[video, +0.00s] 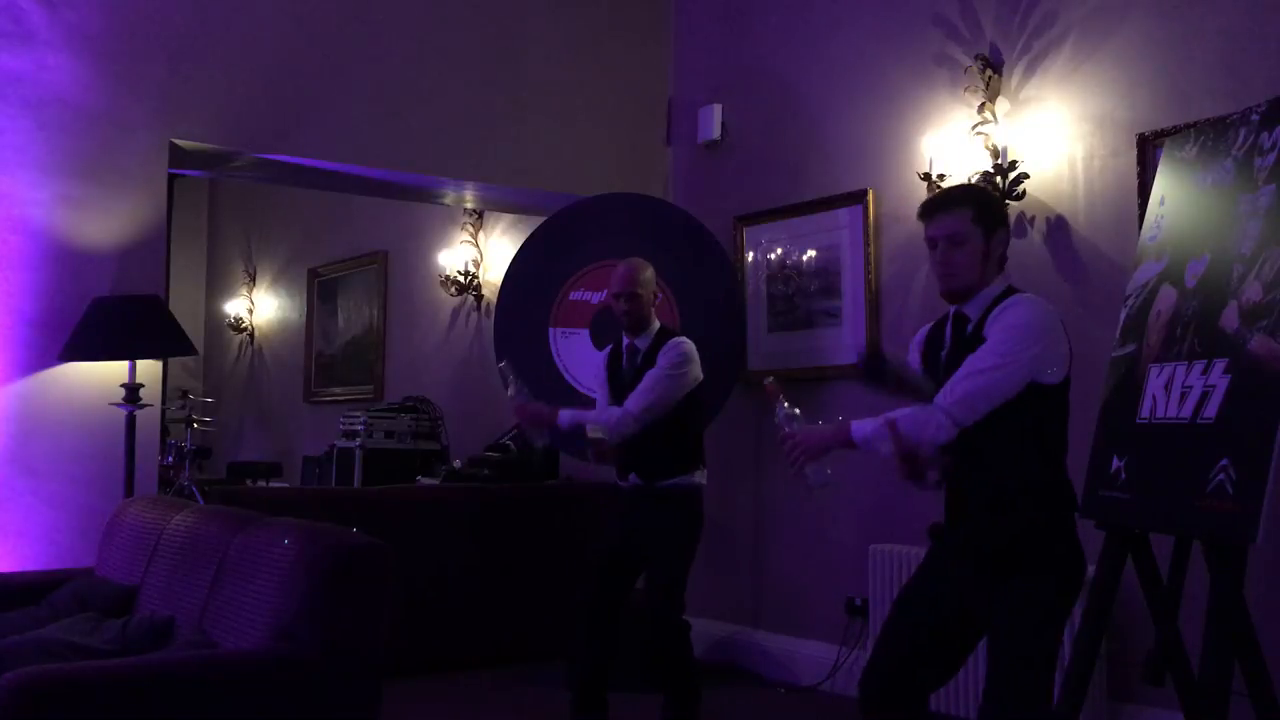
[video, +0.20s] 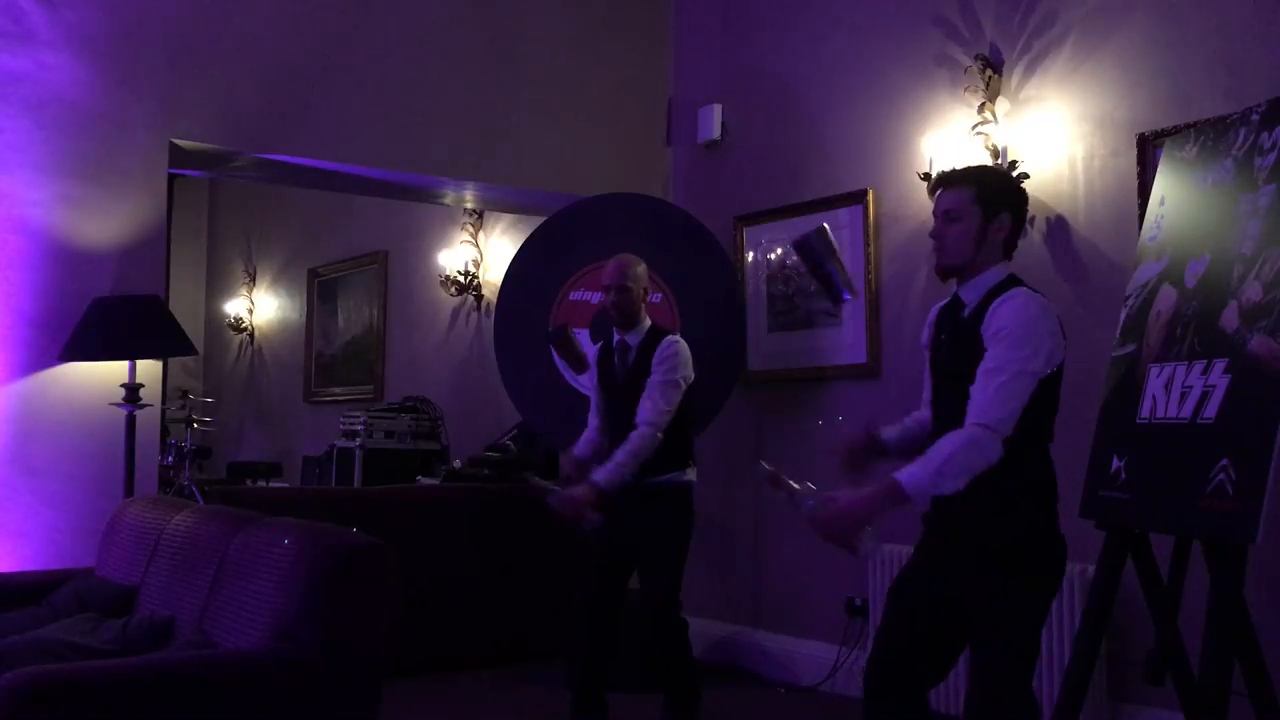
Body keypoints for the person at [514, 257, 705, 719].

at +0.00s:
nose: (623, 306)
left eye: (632, 297)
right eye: (617, 298)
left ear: (655, 298)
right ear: (609, 303)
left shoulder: (680, 352)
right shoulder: (612, 359)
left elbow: (625, 423)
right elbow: (605, 438)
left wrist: (553, 417)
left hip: (677, 498)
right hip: (632, 496)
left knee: (663, 608)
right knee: (606, 601)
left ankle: (681, 708)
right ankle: (592, 705)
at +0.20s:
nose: (612, 299)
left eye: (622, 290)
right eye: (606, 290)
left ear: (645, 293)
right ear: (601, 295)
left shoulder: (671, 348)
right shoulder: (600, 354)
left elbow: (651, 430)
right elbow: (601, 420)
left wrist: (600, 483)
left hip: (665, 492)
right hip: (616, 488)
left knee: (661, 605)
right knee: (601, 601)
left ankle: (680, 706)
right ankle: (591, 704)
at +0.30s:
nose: (613, 297)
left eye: (622, 288)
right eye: (607, 289)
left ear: (644, 292)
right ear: (601, 294)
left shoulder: (669, 348)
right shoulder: (597, 354)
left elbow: (672, 418)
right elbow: (585, 427)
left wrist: (656, 482)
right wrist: (545, 417)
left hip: (661, 491)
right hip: (611, 491)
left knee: (659, 604)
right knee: (598, 601)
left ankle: (678, 706)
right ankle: (591, 703)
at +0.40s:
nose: (614, 292)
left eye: (623, 284)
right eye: (607, 284)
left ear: (643, 290)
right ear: (600, 290)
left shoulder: (666, 343)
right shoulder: (593, 349)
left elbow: (684, 398)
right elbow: (578, 428)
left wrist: (688, 440)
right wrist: (560, 395)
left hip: (656, 492)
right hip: (606, 492)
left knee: (658, 603)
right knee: (598, 601)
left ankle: (678, 705)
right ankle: (589, 703)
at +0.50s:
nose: (621, 287)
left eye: (631, 280)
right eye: (615, 279)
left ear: (647, 289)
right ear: (605, 287)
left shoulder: (667, 343)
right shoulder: (592, 347)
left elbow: (689, 404)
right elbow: (569, 428)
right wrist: (573, 420)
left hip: (654, 489)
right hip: (601, 490)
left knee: (657, 601)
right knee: (594, 601)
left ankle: (677, 705)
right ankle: (589, 704)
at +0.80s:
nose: (627, 284)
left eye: (638, 278)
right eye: (621, 275)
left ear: (654, 292)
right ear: (609, 282)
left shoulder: (667, 350)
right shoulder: (577, 346)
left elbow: (711, 391)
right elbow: (547, 420)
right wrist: (588, 445)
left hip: (641, 494)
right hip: (585, 494)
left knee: (652, 607)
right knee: (585, 610)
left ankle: (678, 707)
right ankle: (587, 708)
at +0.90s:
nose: (628, 288)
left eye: (639, 282)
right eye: (623, 280)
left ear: (657, 296)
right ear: (612, 290)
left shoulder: (665, 359)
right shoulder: (578, 346)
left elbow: (693, 422)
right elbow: (548, 417)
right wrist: (598, 450)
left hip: (638, 495)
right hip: (582, 495)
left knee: (650, 607)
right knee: (583, 608)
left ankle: (675, 706)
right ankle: (585, 705)